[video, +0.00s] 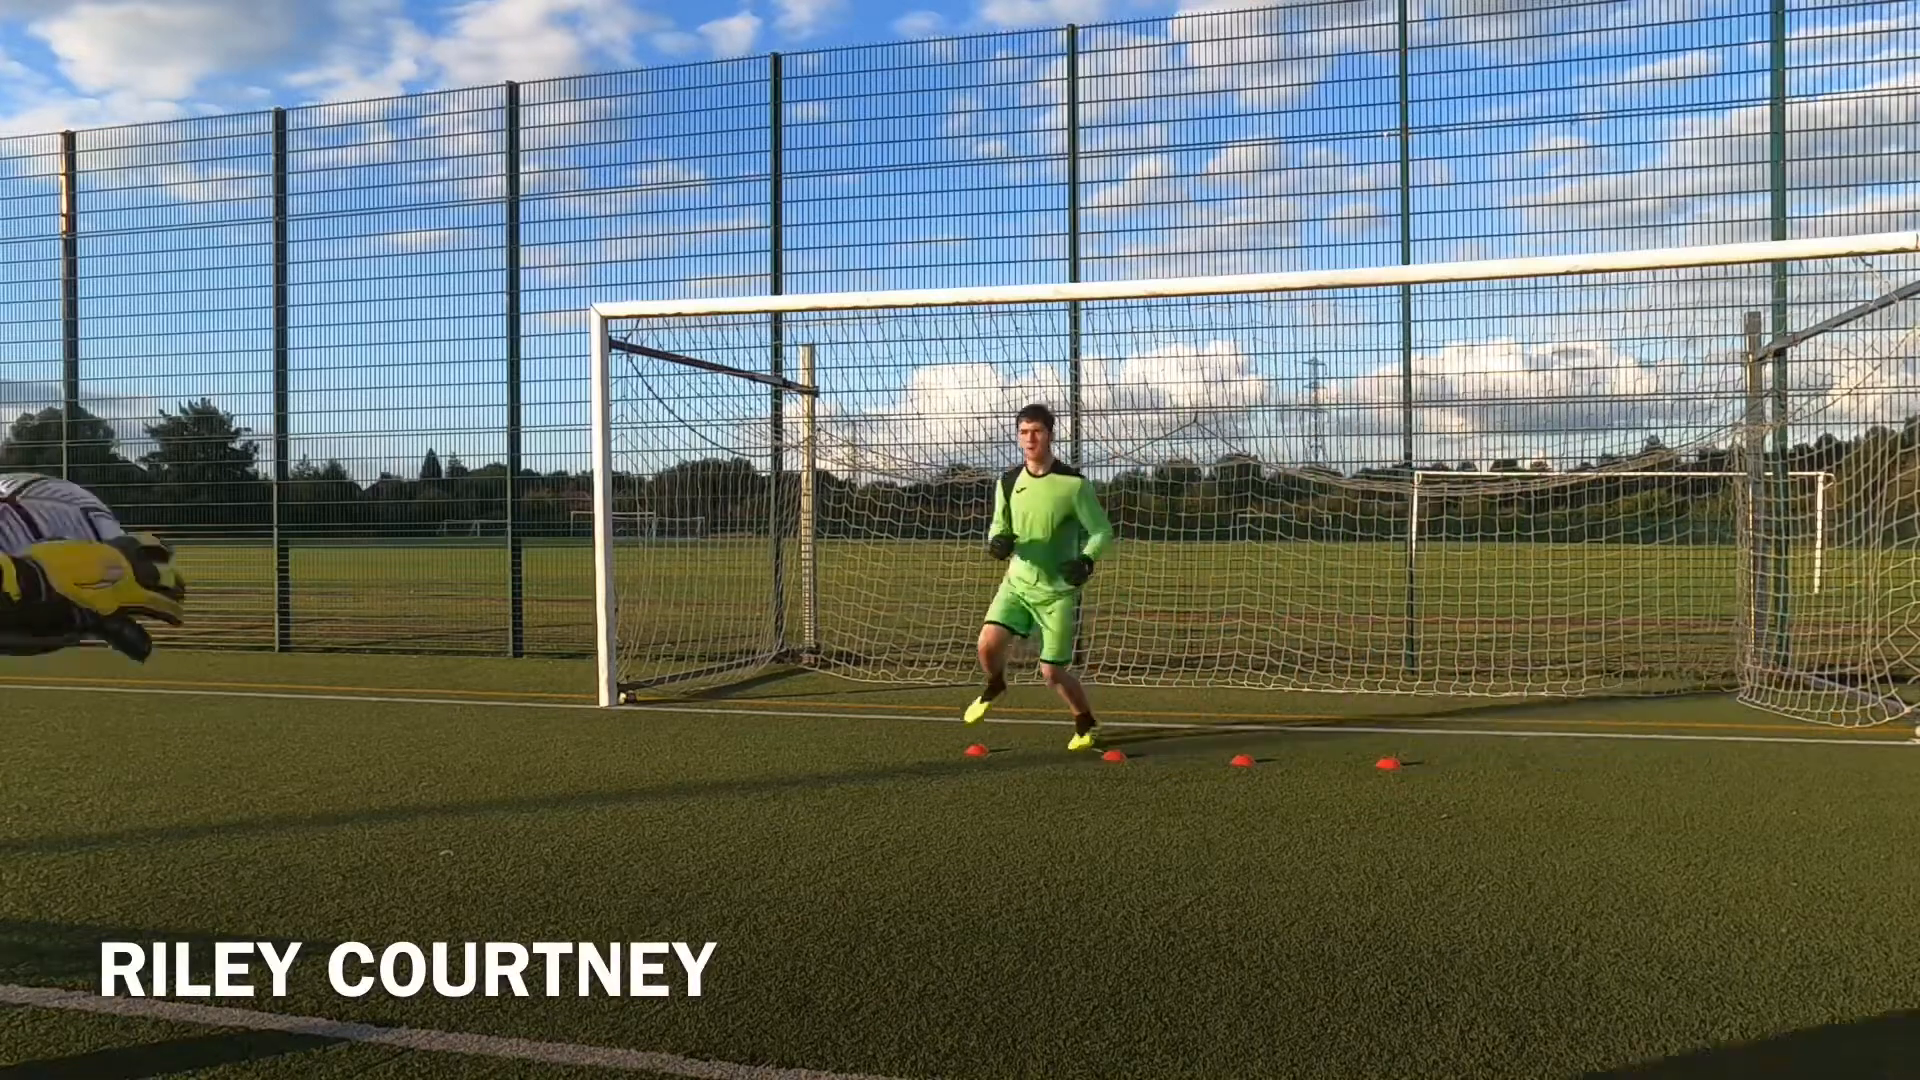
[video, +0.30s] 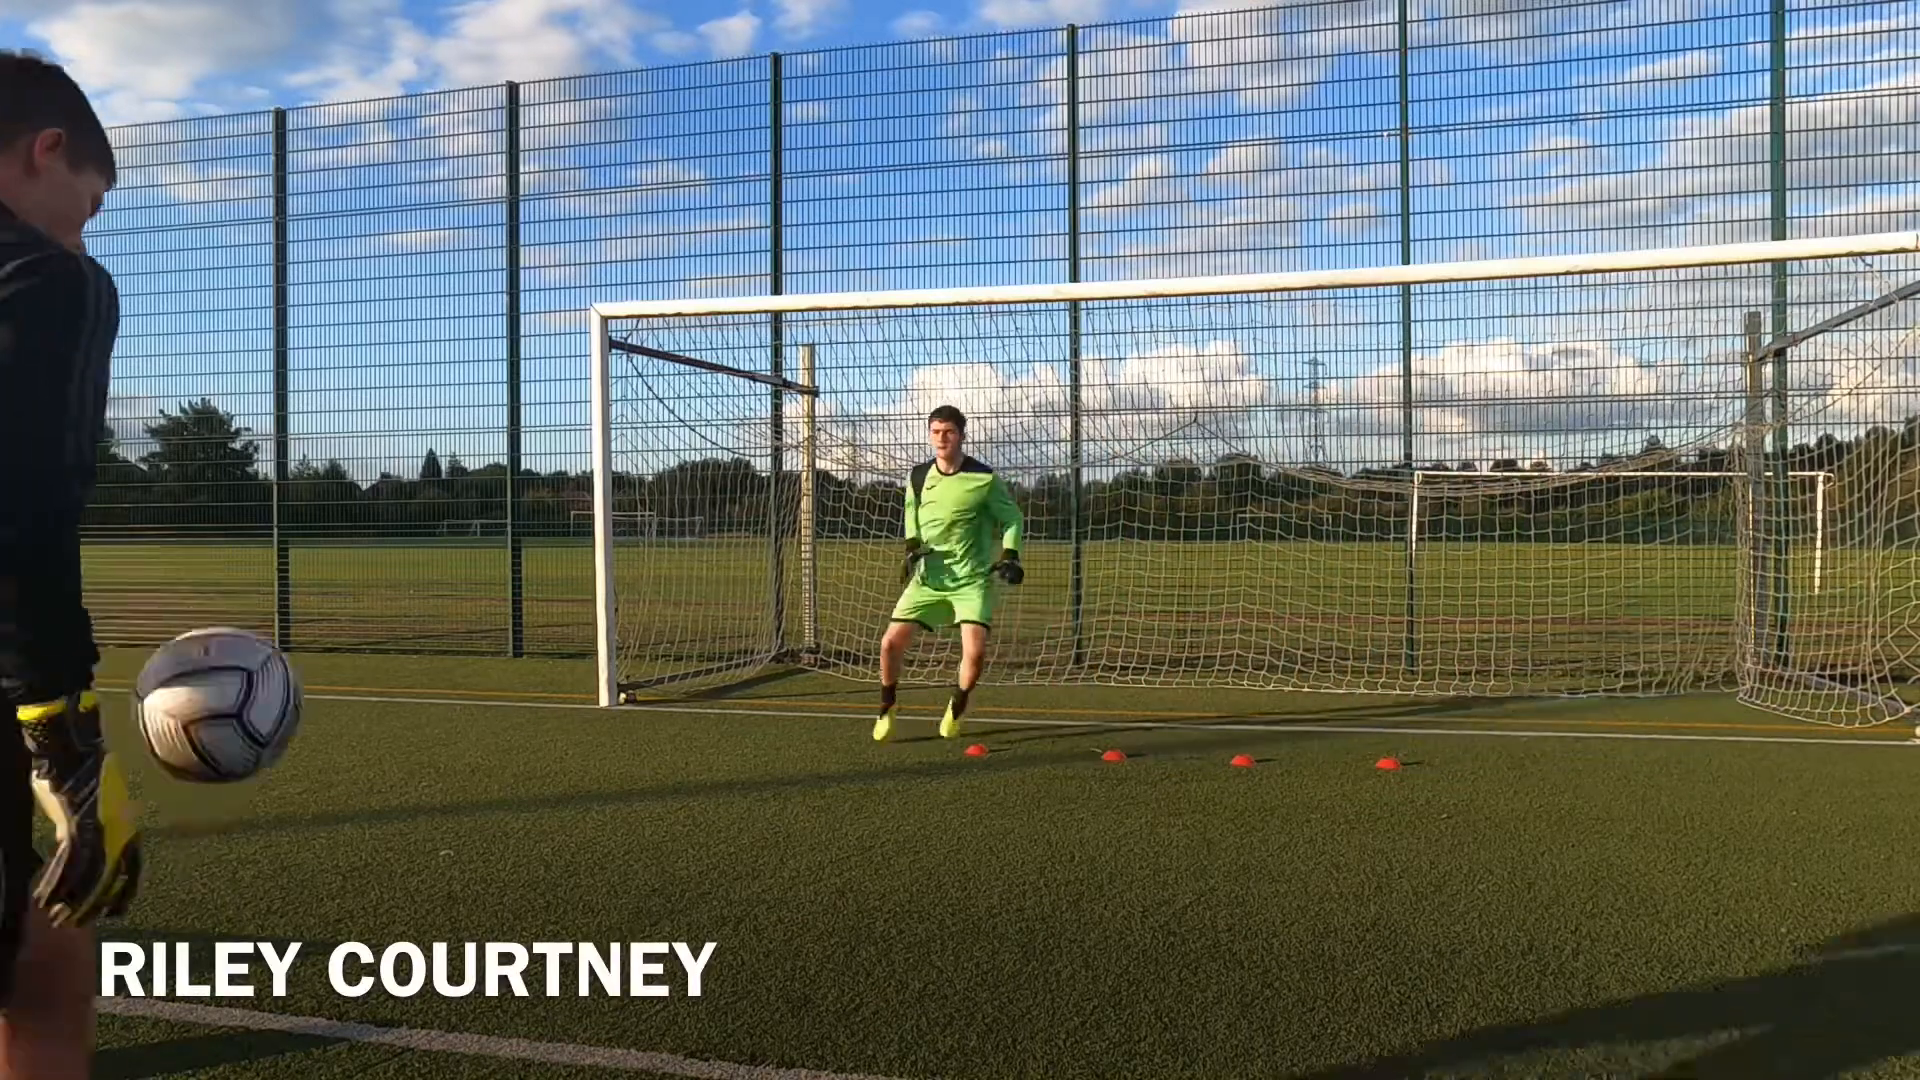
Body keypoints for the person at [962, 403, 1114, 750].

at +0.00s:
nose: (1030, 438)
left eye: (1036, 432)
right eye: (1024, 432)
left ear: (1050, 435)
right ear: (1017, 438)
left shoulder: (1075, 485)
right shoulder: (1007, 483)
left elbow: (1103, 532)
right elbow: (999, 524)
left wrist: (1086, 559)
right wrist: (997, 541)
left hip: (1057, 593)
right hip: (1016, 584)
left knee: (1051, 670)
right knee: (987, 645)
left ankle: (1086, 722)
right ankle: (995, 686)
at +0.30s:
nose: (941, 438)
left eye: (948, 432)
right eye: (936, 432)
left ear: (961, 436)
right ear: (929, 437)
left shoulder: (986, 480)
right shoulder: (918, 476)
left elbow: (1013, 518)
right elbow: (911, 513)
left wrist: (1010, 555)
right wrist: (913, 544)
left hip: (971, 580)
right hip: (928, 577)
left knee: (975, 654)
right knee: (891, 642)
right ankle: (887, 707)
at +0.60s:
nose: (892, 449)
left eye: (898, 444)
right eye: (886, 444)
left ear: (910, 448)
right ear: (879, 449)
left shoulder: (927, 496)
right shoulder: (862, 491)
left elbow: (935, 553)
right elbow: (851, 541)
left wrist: (925, 547)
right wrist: (842, 538)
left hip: (911, 597)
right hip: (866, 595)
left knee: (923, 663)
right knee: (831, 661)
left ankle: (935, 729)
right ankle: (816, 725)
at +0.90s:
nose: (851, 432)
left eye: (857, 426)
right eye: (845, 427)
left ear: (870, 429)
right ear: (838, 433)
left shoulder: (887, 472)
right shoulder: (832, 476)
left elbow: (886, 526)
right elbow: (820, 526)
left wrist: (863, 495)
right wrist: (818, 495)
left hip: (888, 578)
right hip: (846, 582)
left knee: (907, 658)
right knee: (825, 653)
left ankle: (932, 729)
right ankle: (816, 724)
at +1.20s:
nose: (806, 448)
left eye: (812, 440)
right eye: (800, 443)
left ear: (824, 443)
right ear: (794, 450)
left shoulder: (857, 475)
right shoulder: (807, 489)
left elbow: (902, 500)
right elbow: (819, 526)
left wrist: (887, 521)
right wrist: (807, 554)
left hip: (881, 579)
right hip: (841, 585)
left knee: (903, 652)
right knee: (826, 652)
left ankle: (933, 727)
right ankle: (816, 725)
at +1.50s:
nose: (828, 438)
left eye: (834, 431)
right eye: (821, 432)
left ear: (844, 436)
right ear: (812, 437)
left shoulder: (870, 472)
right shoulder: (807, 480)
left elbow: (908, 500)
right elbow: (787, 526)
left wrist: (897, 515)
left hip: (882, 576)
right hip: (840, 583)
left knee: (904, 648)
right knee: (827, 655)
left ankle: (932, 725)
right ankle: (816, 725)